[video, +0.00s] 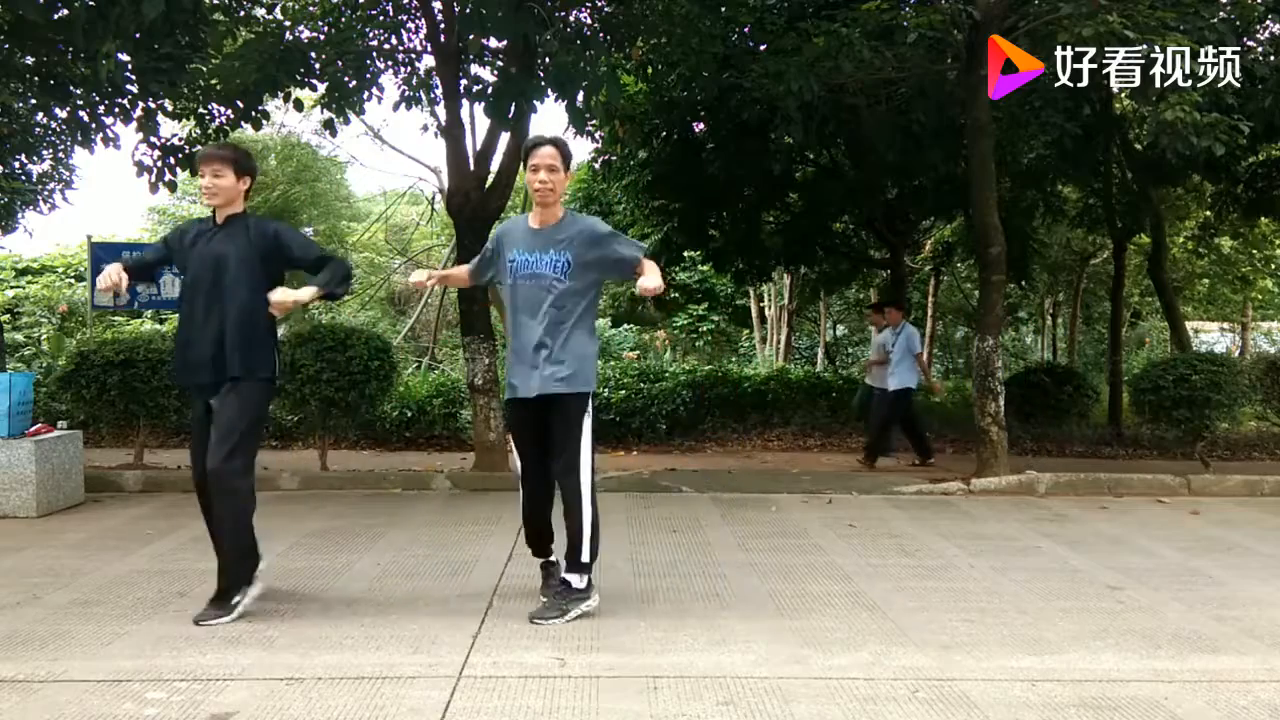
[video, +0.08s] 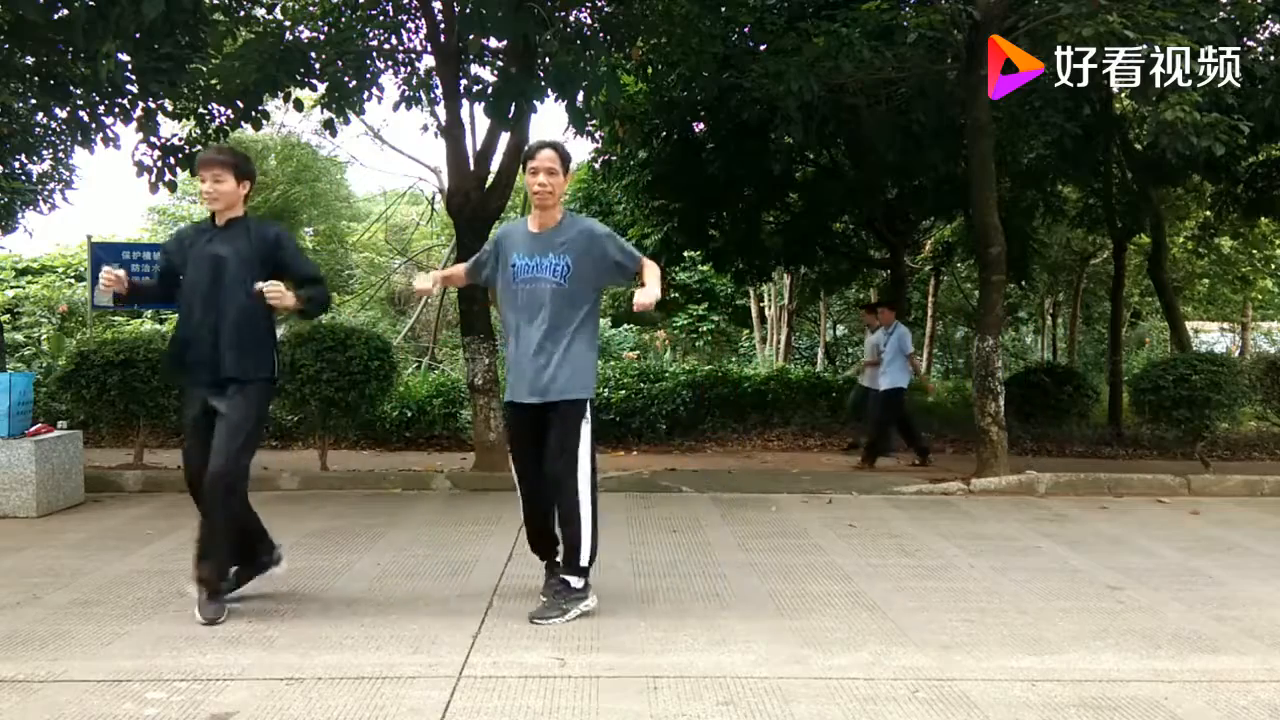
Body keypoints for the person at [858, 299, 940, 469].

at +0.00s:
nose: (886, 317)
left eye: (889, 313)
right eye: (886, 313)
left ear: (900, 314)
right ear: (888, 315)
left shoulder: (910, 332)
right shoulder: (892, 333)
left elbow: (919, 358)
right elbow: (891, 359)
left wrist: (929, 380)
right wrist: (873, 363)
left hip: (905, 385)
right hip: (894, 385)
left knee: (884, 420)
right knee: (909, 422)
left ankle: (870, 457)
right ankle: (925, 455)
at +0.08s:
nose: (879, 317)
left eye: (882, 313)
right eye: (878, 314)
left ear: (892, 313)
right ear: (881, 315)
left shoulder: (902, 332)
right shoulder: (885, 333)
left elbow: (911, 357)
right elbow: (884, 360)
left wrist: (918, 373)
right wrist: (867, 364)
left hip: (896, 385)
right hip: (885, 385)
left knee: (880, 422)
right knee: (902, 421)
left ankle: (868, 459)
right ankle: (922, 453)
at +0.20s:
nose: (864, 316)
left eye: (867, 312)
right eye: (863, 312)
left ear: (876, 311)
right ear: (865, 314)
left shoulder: (886, 328)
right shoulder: (871, 331)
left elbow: (893, 356)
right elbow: (870, 361)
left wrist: (901, 382)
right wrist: (854, 372)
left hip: (882, 384)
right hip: (869, 384)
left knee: (873, 423)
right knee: (875, 422)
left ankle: (867, 459)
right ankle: (902, 443)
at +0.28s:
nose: (857, 315)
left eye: (860, 311)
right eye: (856, 311)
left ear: (870, 311)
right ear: (859, 313)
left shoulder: (879, 329)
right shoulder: (867, 330)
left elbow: (884, 356)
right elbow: (864, 360)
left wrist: (886, 383)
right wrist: (852, 377)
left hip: (874, 383)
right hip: (862, 383)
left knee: (871, 423)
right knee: (861, 419)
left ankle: (867, 459)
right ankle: (884, 441)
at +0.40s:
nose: (843, 314)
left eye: (846, 310)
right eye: (842, 310)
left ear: (856, 310)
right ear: (845, 313)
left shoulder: (864, 328)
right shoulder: (853, 330)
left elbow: (865, 354)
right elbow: (852, 357)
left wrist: (857, 381)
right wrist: (847, 378)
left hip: (867, 383)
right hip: (855, 383)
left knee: (865, 422)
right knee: (860, 422)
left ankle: (867, 458)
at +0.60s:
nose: (822, 317)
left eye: (825, 313)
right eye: (820, 314)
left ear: (834, 314)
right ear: (819, 316)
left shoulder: (840, 330)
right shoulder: (829, 332)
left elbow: (836, 358)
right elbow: (829, 357)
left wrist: (820, 374)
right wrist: (815, 371)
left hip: (843, 385)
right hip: (832, 385)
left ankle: (864, 459)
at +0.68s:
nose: (815, 317)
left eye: (818, 312)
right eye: (812, 313)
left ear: (827, 313)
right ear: (810, 315)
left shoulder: (833, 331)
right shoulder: (819, 332)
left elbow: (829, 357)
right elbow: (819, 357)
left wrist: (810, 375)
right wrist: (808, 372)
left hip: (834, 386)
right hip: (821, 386)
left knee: (842, 423)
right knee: (809, 423)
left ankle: (862, 456)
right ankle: (803, 458)